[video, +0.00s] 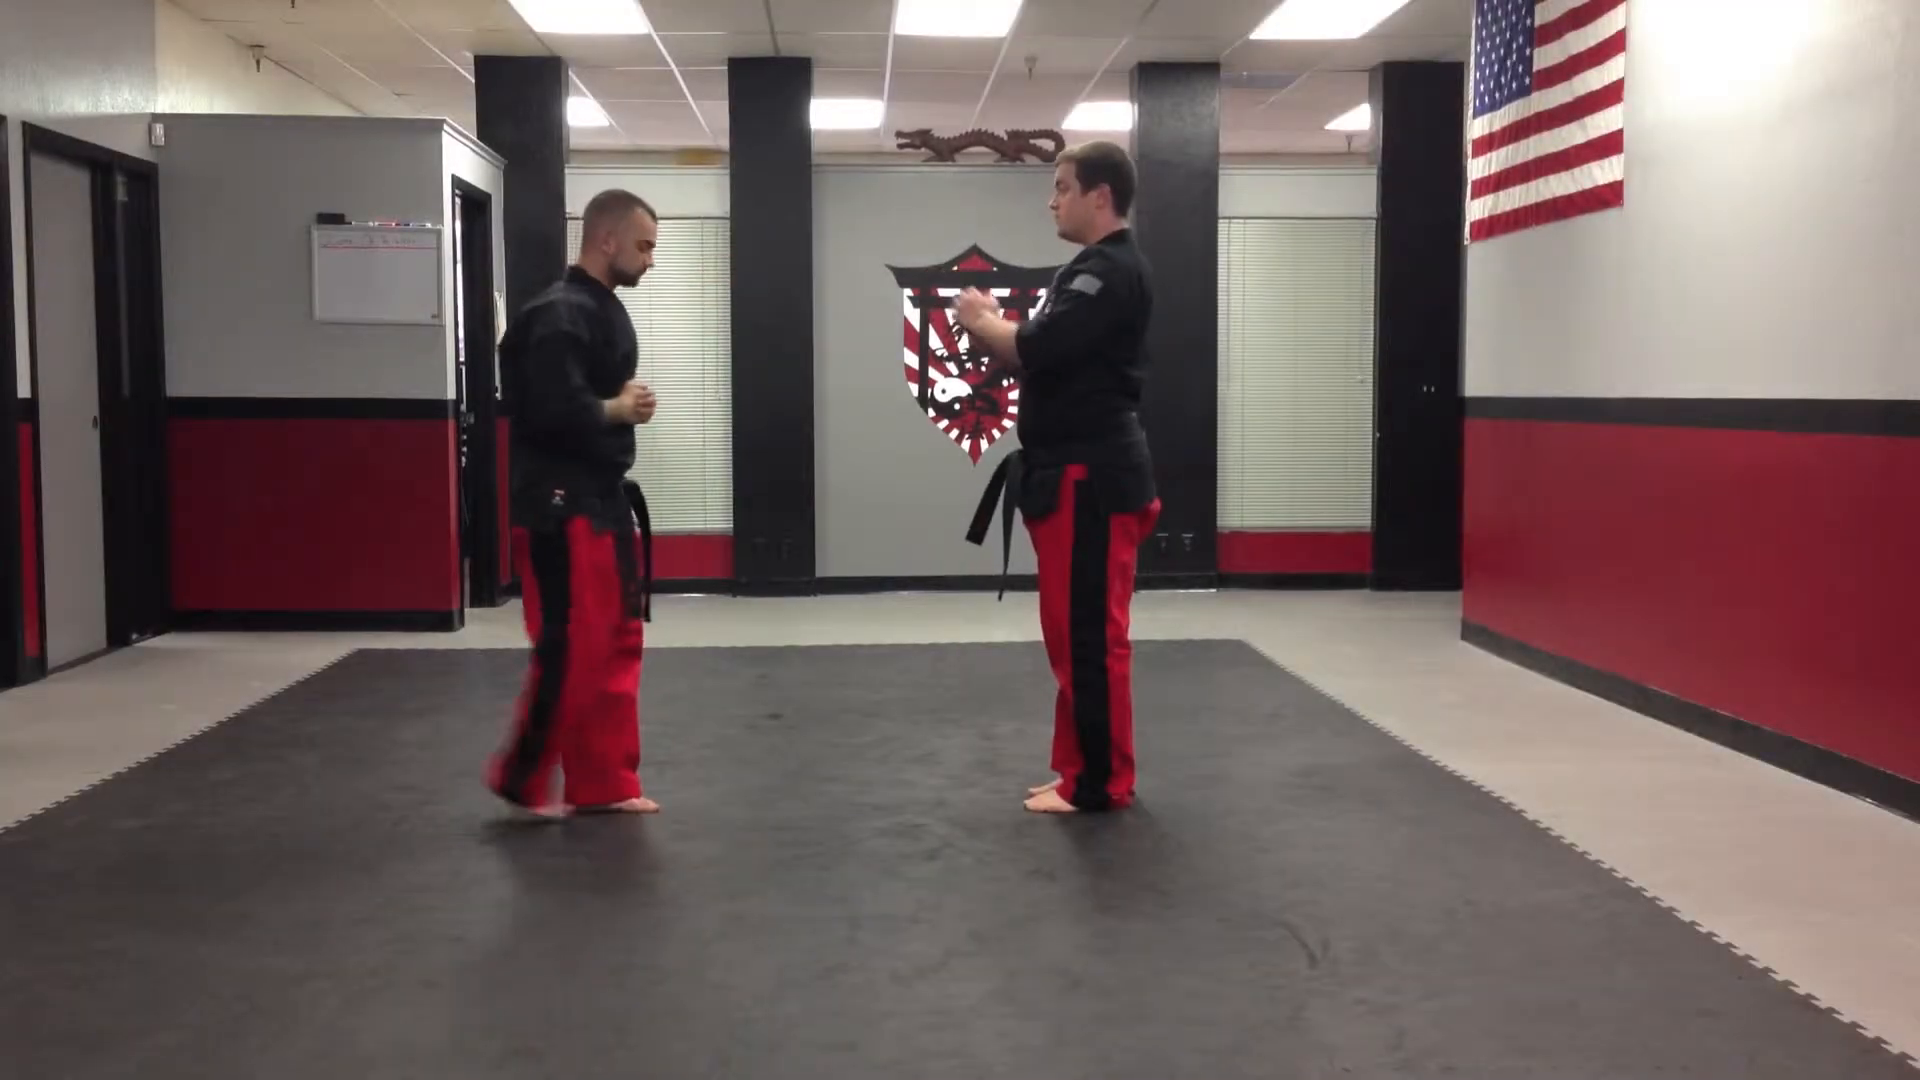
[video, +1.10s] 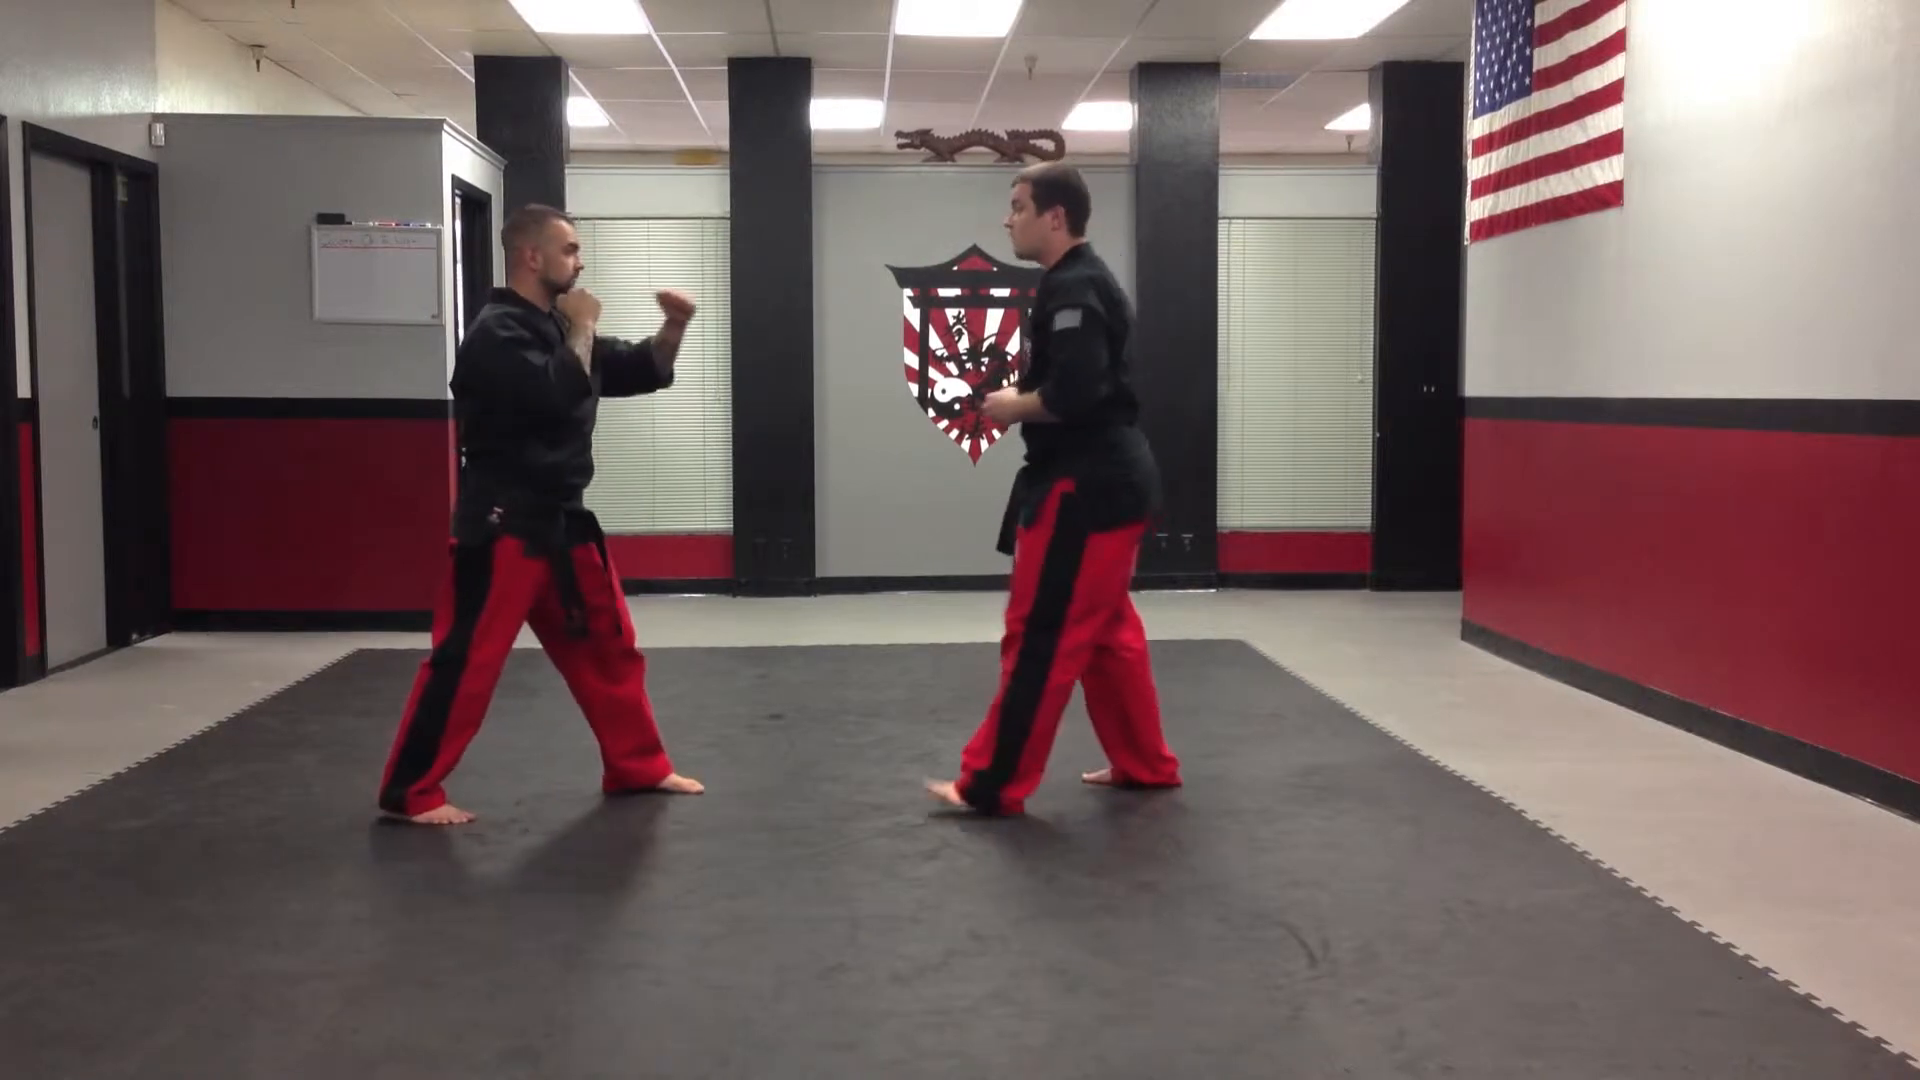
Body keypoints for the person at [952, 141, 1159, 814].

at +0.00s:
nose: (1053, 203)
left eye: (1062, 190)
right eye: (1054, 190)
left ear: (1099, 196)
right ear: (1103, 198)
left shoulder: (1106, 268)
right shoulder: (1095, 266)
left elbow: (1038, 350)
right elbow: (1042, 348)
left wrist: (983, 322)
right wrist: (992, 328)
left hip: (1092, 474)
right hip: (1076, 471)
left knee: (1087, 634)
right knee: (1079, 632)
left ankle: (1095, 785)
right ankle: (1087, 775)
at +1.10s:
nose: (1008, 221)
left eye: (1019, 210)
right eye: (1011, 209)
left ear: (1057, 218)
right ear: (1058, 219)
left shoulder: (1074, 287)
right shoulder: (1076, 279)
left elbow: (1077, 393)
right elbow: (1071, 383)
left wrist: (1015, 405)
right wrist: (1018, 396)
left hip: (1083, 486)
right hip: (1105, 479)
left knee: (1039, 635)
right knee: (1105, 627)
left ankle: (992, 783)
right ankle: (1144, 762)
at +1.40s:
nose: (994, 226)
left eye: (1005, 215)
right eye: (998, 214)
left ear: (1042, 226)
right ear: (1050, 228)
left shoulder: (1040, 295)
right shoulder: (1081, 293)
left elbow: (994, 384)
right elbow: (1047, 389)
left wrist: (926, 362)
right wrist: (966, 376)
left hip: (1047, 500)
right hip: (1096, 494)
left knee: (979, 636)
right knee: (1090, 627)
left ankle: (983, 792)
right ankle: (1154, 759)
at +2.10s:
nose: (1039, 239)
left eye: (1045, 226)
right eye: (1041, 226)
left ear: (1075, 231)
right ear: (1103, 234)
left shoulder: (1048, 291)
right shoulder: (1153, 307)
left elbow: (951, 313)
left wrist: (915, 287)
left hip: (1074, 504)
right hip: (1151, 503)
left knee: (1003, 644)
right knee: (1169, 637)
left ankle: (987, 794)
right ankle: (1233, 772)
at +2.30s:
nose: (1066, 252)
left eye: (1072, 239)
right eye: (1067, 240)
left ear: (1103, 240)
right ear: (1131, 242)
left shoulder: (1086, 307)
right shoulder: (1195, 309)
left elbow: (1022, 376)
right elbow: (1229, 403)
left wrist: (986, 315)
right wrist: (1162, 410)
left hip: (1103, 509)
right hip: (1187, 508)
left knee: (1037, 638)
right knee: (1195, 642)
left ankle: (1038, 779)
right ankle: (1232, 775)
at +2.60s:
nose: (1044, 263)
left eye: (1049, 251)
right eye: (1045, 251)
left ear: (1078, 254)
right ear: (1106, 256)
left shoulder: (1060, 316)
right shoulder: (1169, 317)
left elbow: (985, 372)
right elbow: (1214, 407)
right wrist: (1148, 415)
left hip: (1089, 516)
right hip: (1170, 511)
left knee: (1034, 644)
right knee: (1197, 643)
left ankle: (1008, 777)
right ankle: (1237, 776)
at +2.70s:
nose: (1020, 260)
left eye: (1026, 249)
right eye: (1023, 248)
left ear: (1053, 251)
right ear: (1083, 255)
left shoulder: (1025, 312)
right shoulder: (1139, 318)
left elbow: (929, 337)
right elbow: (1185, 416)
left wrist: (850, 293)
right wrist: (1118, 403)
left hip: (1048, 515)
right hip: (1132, 512)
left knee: (1018, 645)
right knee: (1183, 639)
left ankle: (1007, 780)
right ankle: (1239, 775)